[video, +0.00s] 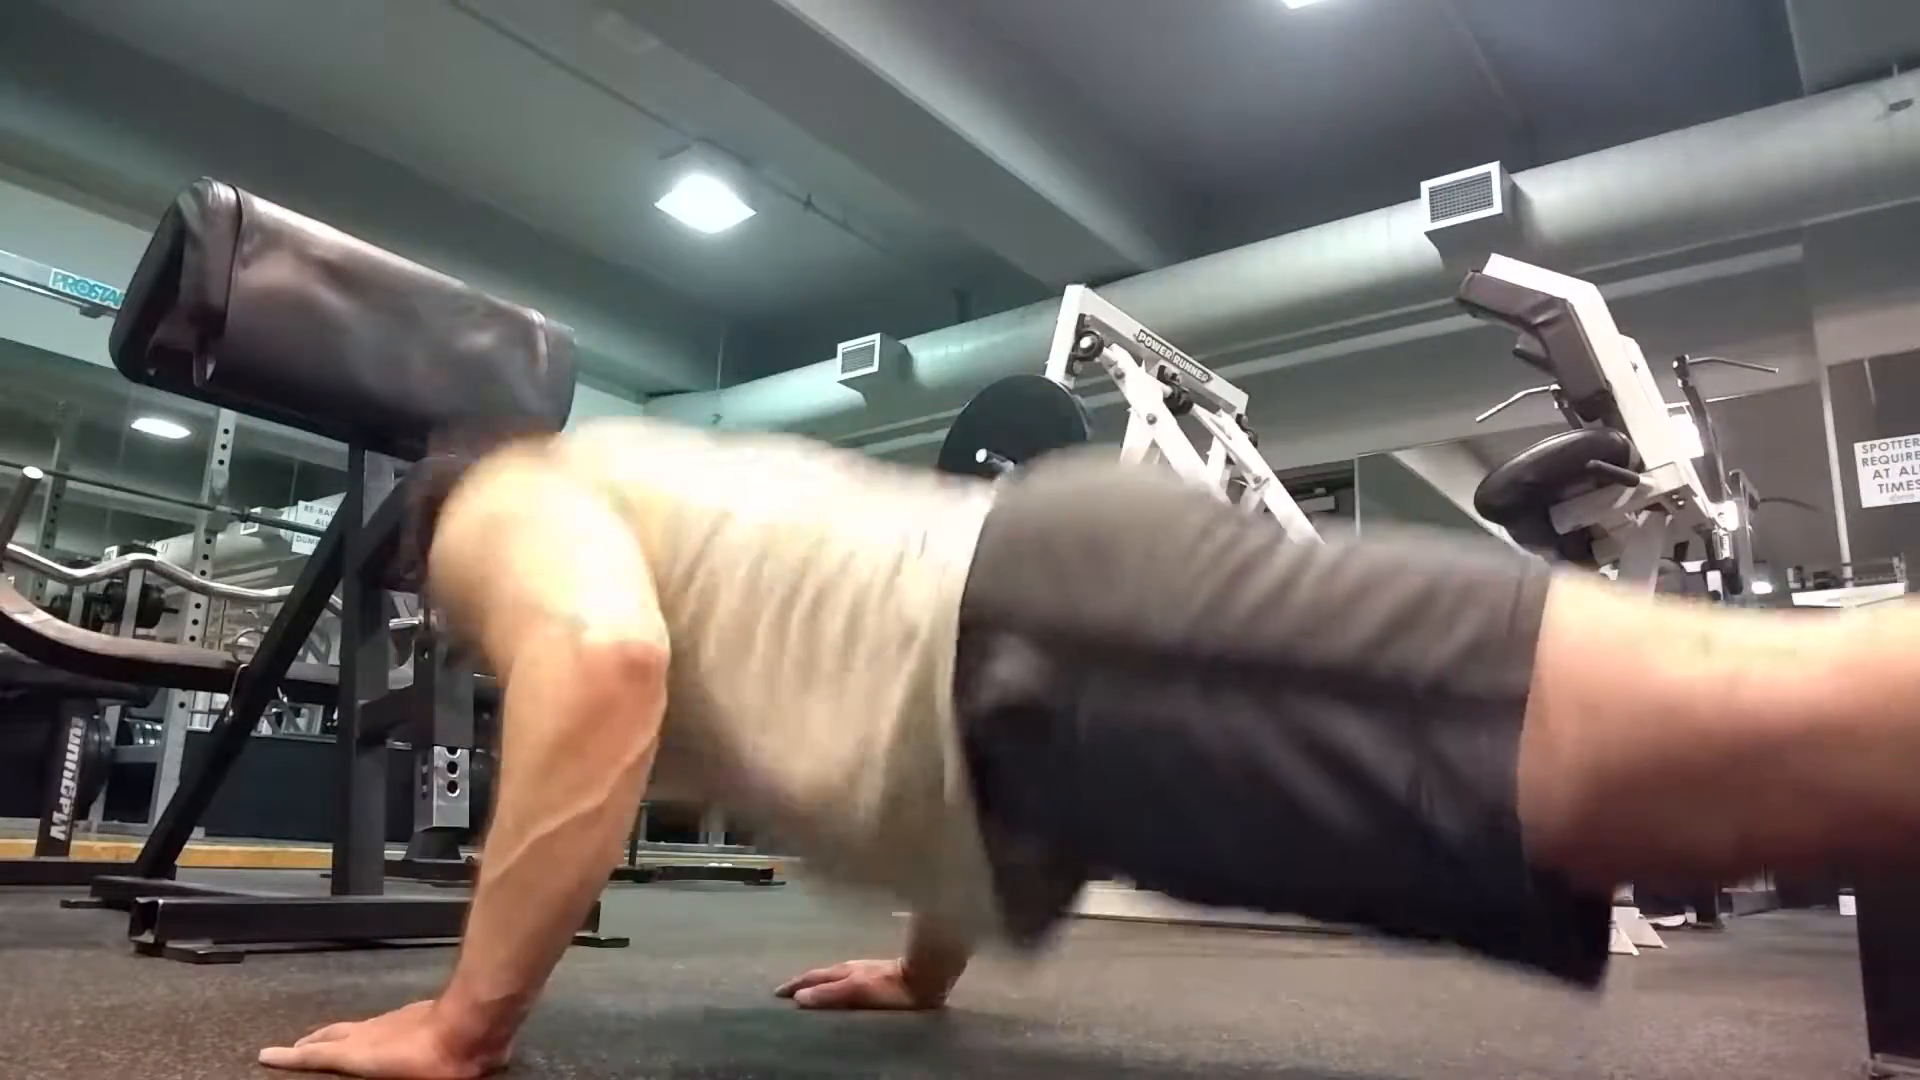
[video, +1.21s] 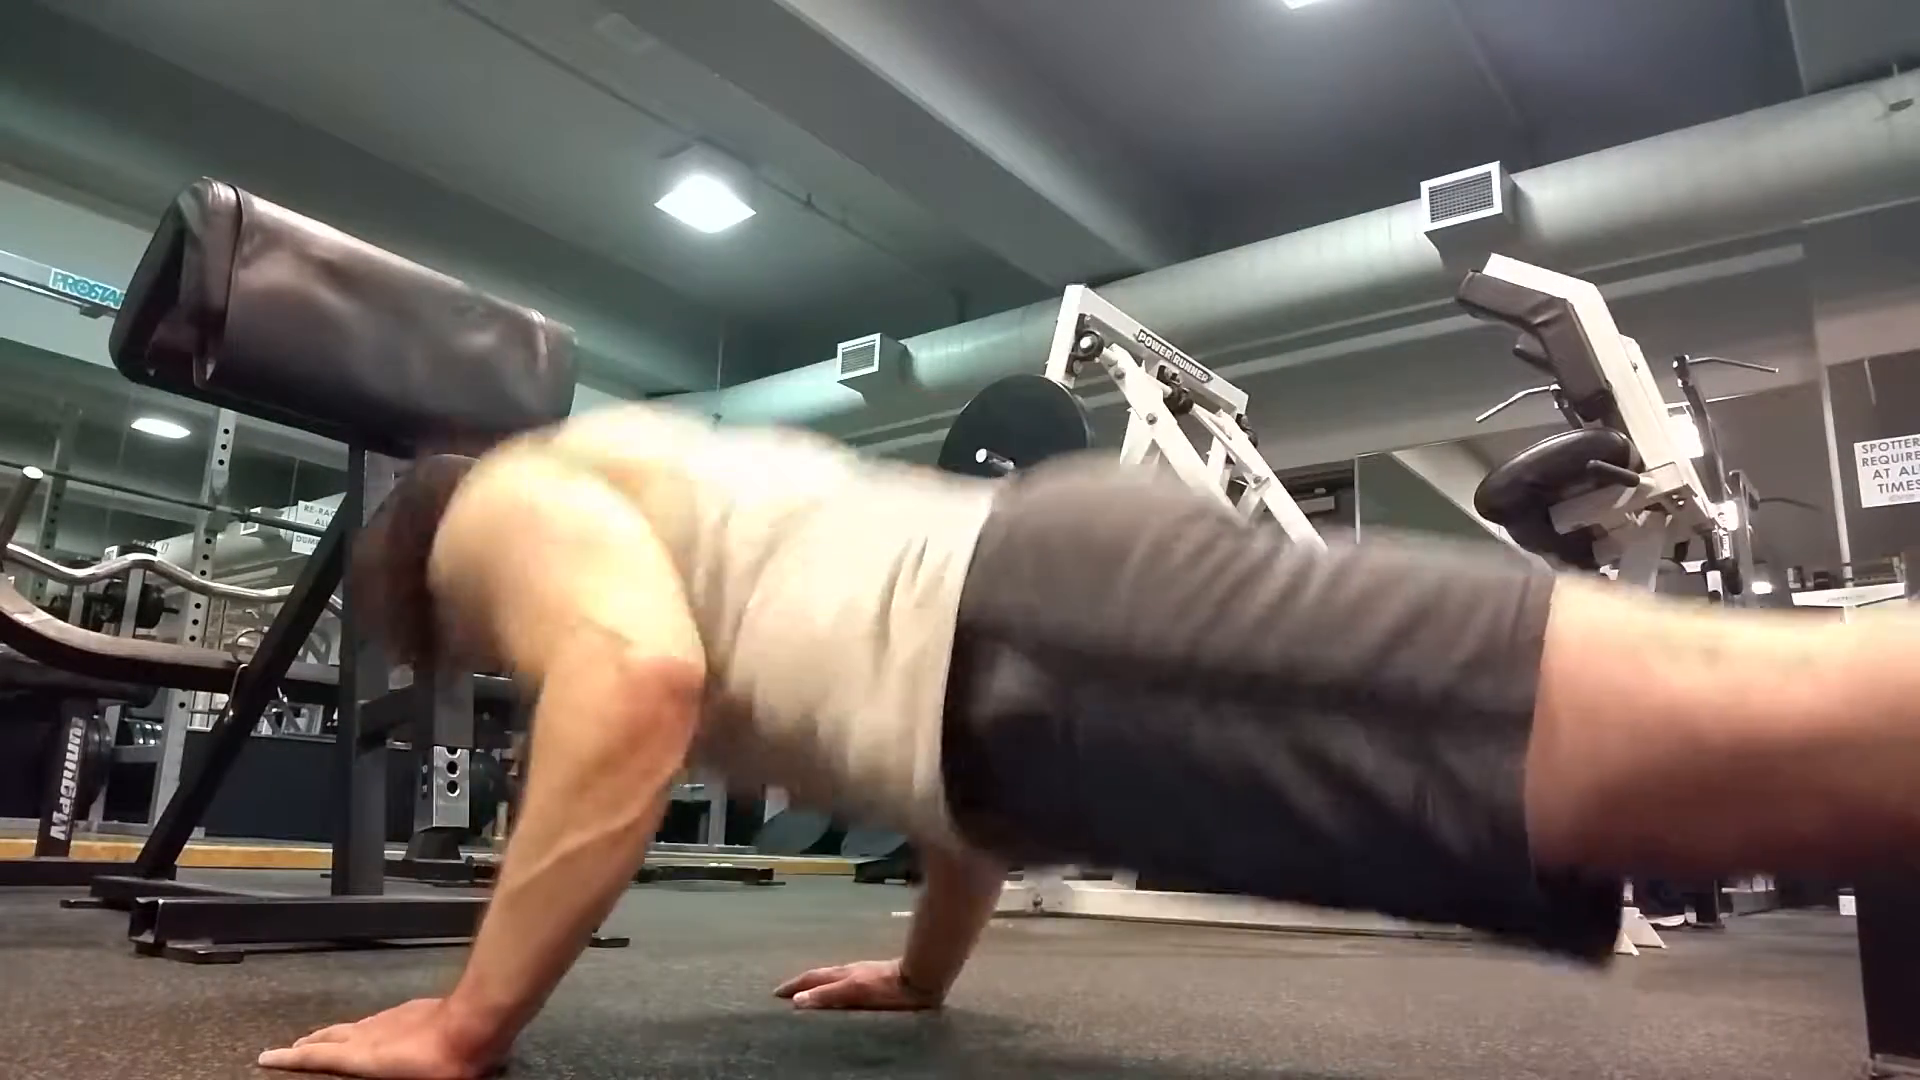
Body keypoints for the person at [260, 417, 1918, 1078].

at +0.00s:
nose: (403, 586)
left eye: (403, 550)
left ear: (414, 471)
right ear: (532, 409)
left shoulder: (506, 489)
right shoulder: (669, 491)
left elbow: (599, 672)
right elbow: (908, 677)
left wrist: (464, 1014)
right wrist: (932, 957)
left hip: (1052, 632)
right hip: (1077, 680)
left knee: (1752, 736)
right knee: (1727, 765)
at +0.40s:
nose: (401, 667)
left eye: (389, 634)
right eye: (396, 647)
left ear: (405, 569)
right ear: (513, 502)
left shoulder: (473, 569)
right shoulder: (647, 552)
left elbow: (590, 690)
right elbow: (892, 690)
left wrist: (461, 1024)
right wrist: (931, 957)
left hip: (1021, 725)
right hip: (1041, 703)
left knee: (1697, 804)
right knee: (1690, 802)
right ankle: (1875, 845)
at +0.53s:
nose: (413, 818)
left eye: (394, 796)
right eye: (415, 804)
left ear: (409, 700)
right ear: (448, 724)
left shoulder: (433, 705)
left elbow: (575, 691)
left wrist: (457, 1018)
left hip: (975, 832)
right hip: (964, 953)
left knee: (1707, 871)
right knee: (1704, 872)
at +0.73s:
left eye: (400, 750)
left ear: (423, 653)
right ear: (520, 611)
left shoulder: (445, 680)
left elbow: (580, 682)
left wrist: (459, 1016)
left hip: (981, 813)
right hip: (975, 944)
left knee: (1759, 842)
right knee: (1750, 857)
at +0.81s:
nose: (412, 673)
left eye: (399, 638)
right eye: (411, 654)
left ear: (409, 568)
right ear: (517, 496)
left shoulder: (478, 560)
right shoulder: (624, 542)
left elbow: (594, 682)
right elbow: (841, 640)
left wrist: (464, 1019)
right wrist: (864, 918)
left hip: (1002, 707)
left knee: (1738, 796)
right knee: (1724, 799)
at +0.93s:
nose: (417, 562)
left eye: (413, 516)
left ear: (429, 413)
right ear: (548, 368)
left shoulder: (516, 448)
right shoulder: (717, 453)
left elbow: (597, 661)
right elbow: (924, 693)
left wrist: (465, 1014)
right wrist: (934, 956)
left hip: (1037, 613)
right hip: (1061, 687)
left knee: (1770, 738)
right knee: (1746, 751)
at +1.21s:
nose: (438, 652)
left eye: (411, 615)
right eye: (423, 643)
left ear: (417, 537)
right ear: (533, 463)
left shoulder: (508, 490)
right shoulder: (707, 488)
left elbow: (632, 681)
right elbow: (963, 734)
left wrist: (467, 1016)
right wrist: (926, 973)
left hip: (1034, 624)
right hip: (1059, 632)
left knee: (1757, 741)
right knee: (1748, 743)